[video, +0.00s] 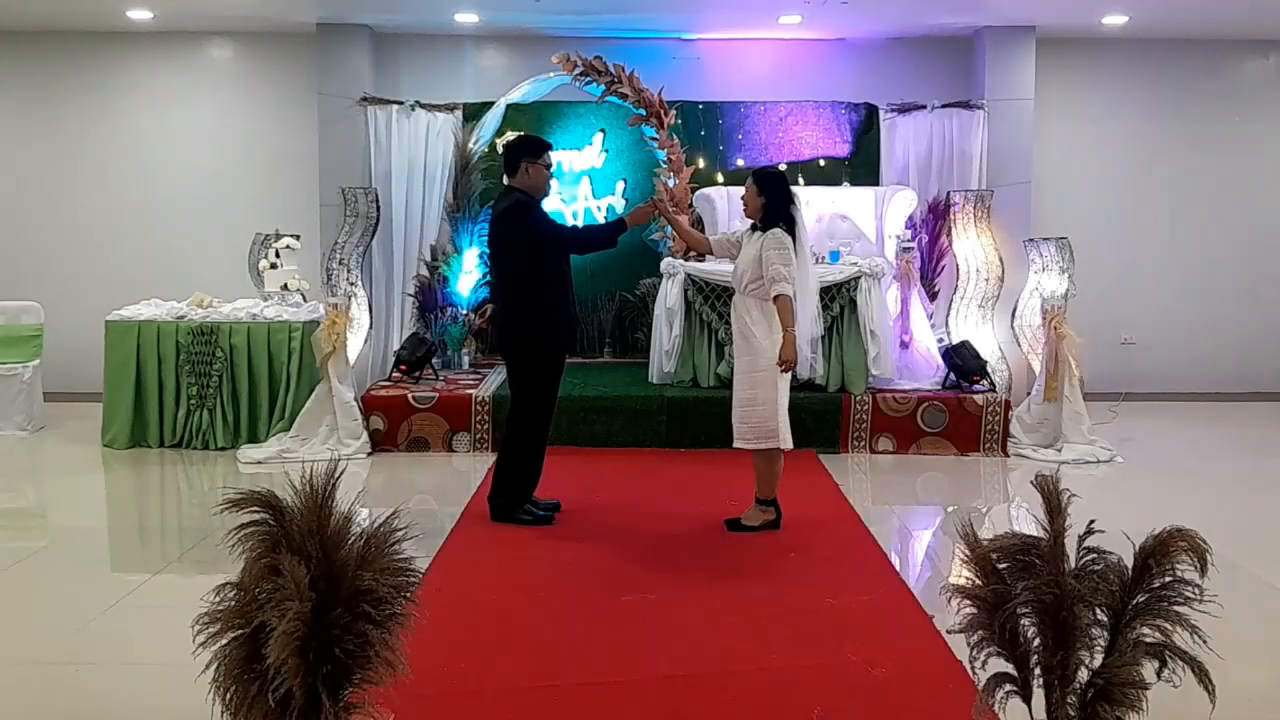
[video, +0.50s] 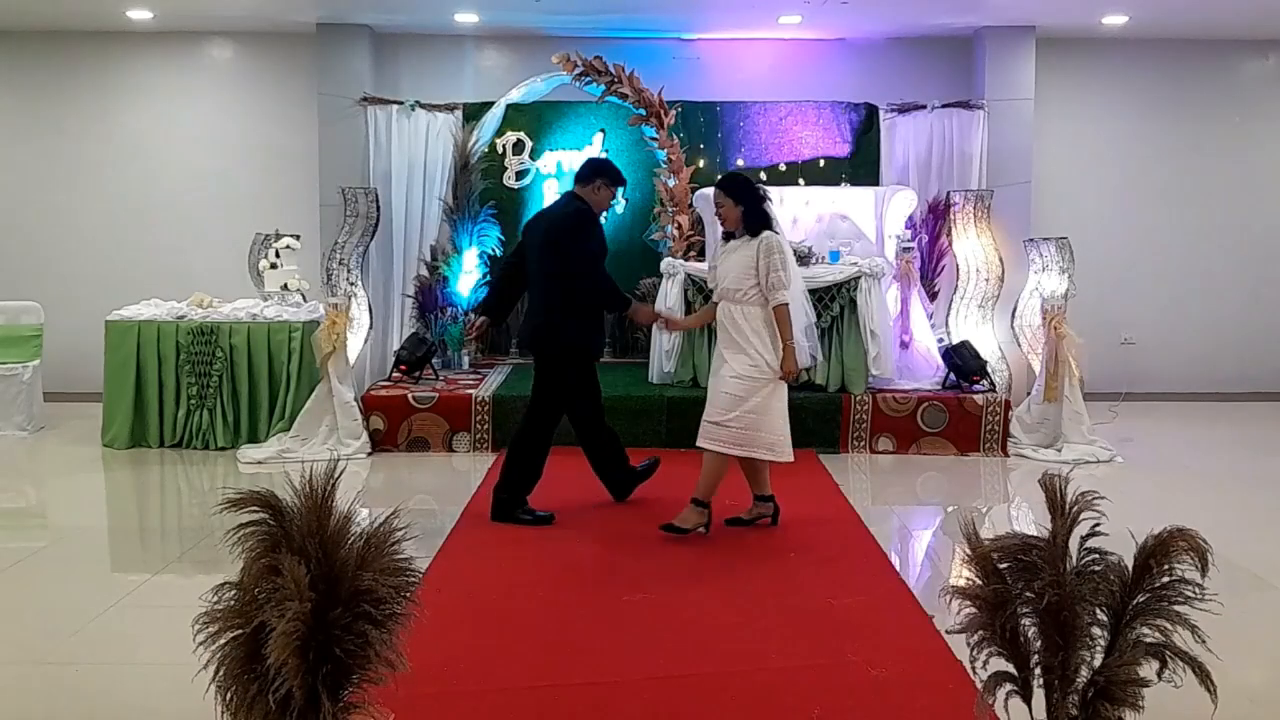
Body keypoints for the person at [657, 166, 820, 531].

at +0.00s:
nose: (743, 197)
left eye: (748, 191)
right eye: (745, 191)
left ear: (765, 197)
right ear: (762, 197)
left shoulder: (775, 239)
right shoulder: (749, 237)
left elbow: (782, 290)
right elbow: (704, 245)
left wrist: (789, 336)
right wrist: (670, 216)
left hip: (766, 343)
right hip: (750, 343)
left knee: (764, 423)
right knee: (759, 421)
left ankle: (766, 506)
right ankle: (764, 504)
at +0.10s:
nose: (743, 198)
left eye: (748, 192)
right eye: (744, 192)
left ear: (765, 197)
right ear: (759, 197)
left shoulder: (775, 238)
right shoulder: (748, 237)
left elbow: (782, 289)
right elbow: (703, 248)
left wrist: (789, 336)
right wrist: (668, 217)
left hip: (766, 341)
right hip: (749, 342)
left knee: (764, 421)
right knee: (758, 420)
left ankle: (766, 506)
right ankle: (764, 504)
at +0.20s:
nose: (739, 203)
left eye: (745, 196)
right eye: (740, 196)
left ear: (764, 200)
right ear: (752, 199)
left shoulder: (777, 239)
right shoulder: (745, 238)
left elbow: (783, 291)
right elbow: (704, 262)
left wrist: (790, 338)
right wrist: (672, 234)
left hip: (766, 341)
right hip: (747, 341)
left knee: (761, 419)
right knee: (753, 418)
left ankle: (766, 505)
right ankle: (763, 502)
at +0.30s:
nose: (735, 207)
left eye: (739, 200)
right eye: (734, 201)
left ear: (759, 201)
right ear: (744, 203)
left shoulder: (777, 240)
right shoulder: (739, 243)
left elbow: (784, 295)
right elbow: (711, 285)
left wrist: (793, 347)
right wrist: (675, 261)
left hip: (766, 342)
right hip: (743, 342)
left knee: (741, 417)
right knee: (746, 418)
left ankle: (760, 495)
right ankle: (762, 495)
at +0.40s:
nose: (727, 209)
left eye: (732, 202)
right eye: (726, 203)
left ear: (753, 202)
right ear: (738, 205)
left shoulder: (776, 241)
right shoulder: (733, 246)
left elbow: (783, 298)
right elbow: (716, 300)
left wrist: (792, 350)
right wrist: (676, 291)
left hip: (763, 352)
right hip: (736, 350)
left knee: (725, 419)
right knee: (748, 425)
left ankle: (730, 503)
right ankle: (765, 501)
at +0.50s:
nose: (717, 212)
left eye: (722, 204)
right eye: (716, 205)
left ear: (743, 204)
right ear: (728, 208)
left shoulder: (769, 243)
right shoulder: (726, 249)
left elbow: (779, 299)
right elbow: (719, 306)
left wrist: (788, 349)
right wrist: (684, 323)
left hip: (759, 350)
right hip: (727, 348)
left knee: (720, 420)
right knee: (742, 425)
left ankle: (699, 506)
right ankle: (764, 502)